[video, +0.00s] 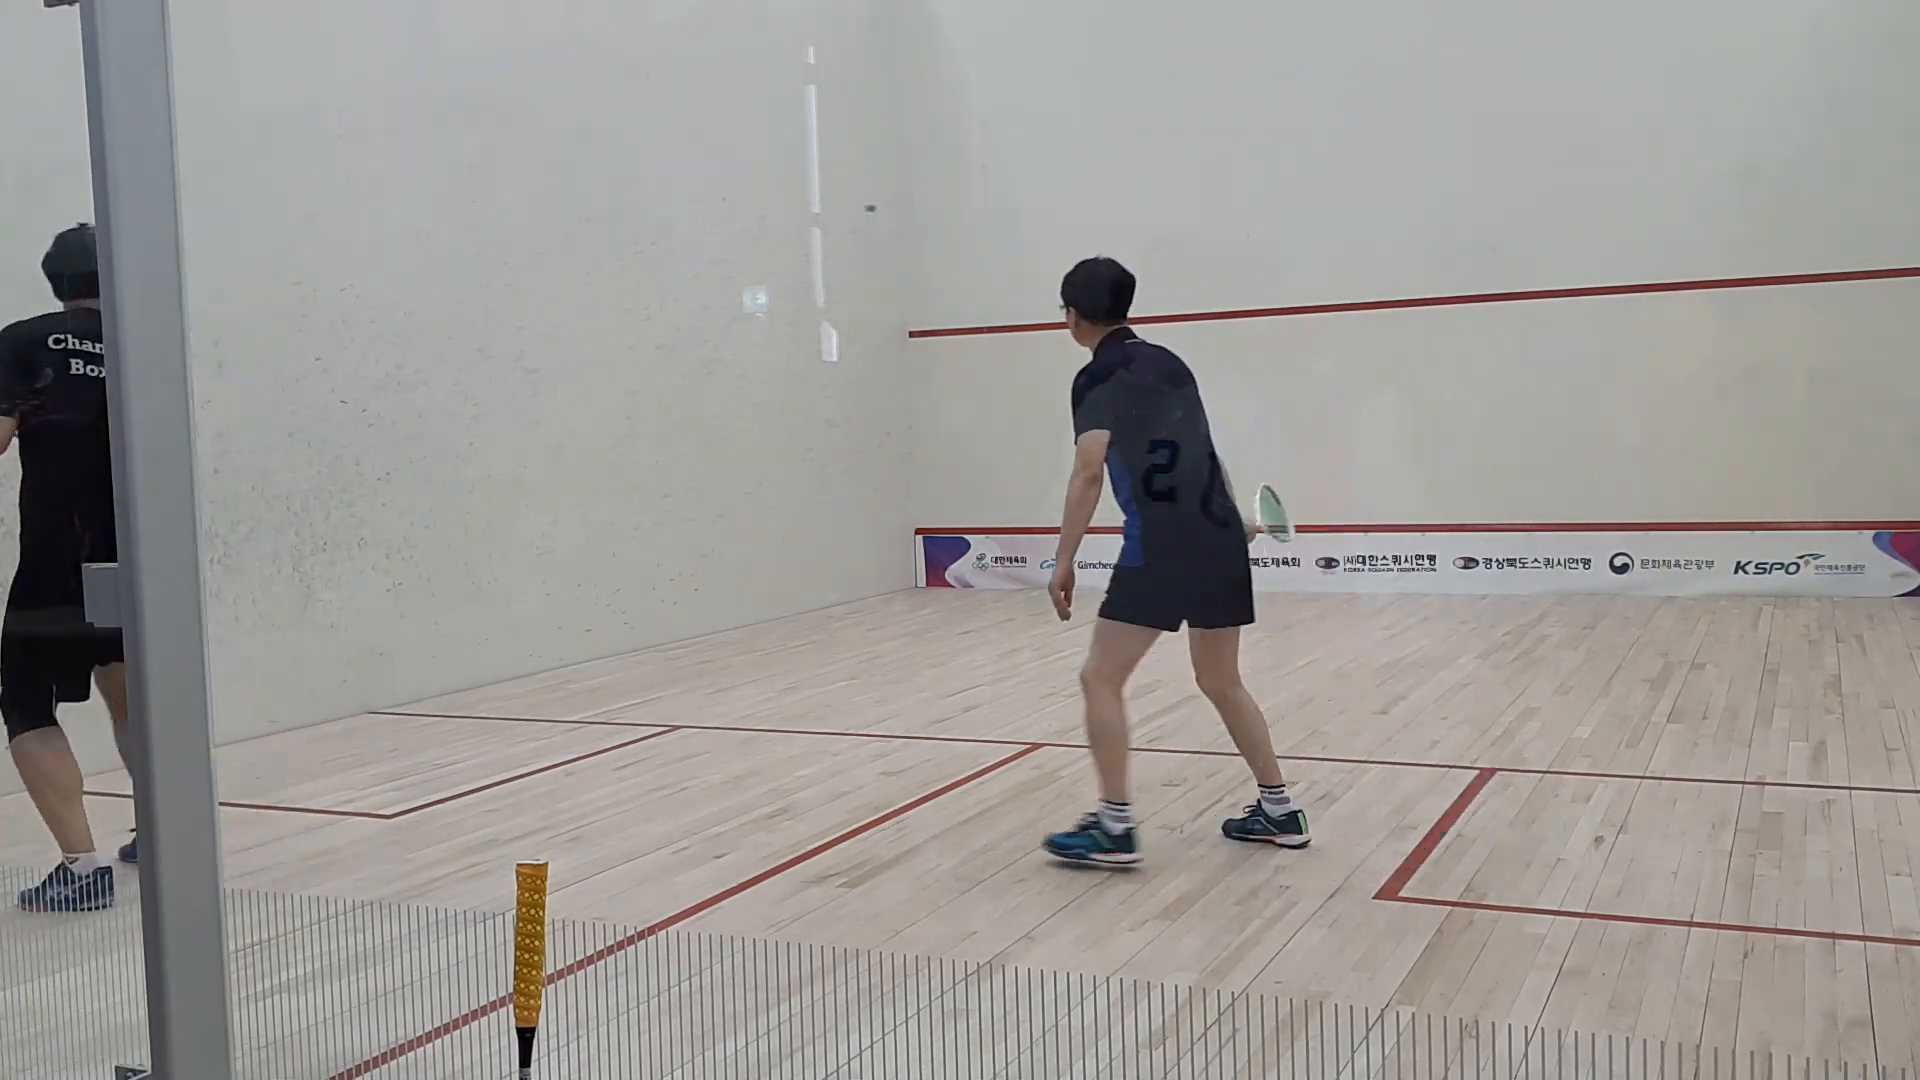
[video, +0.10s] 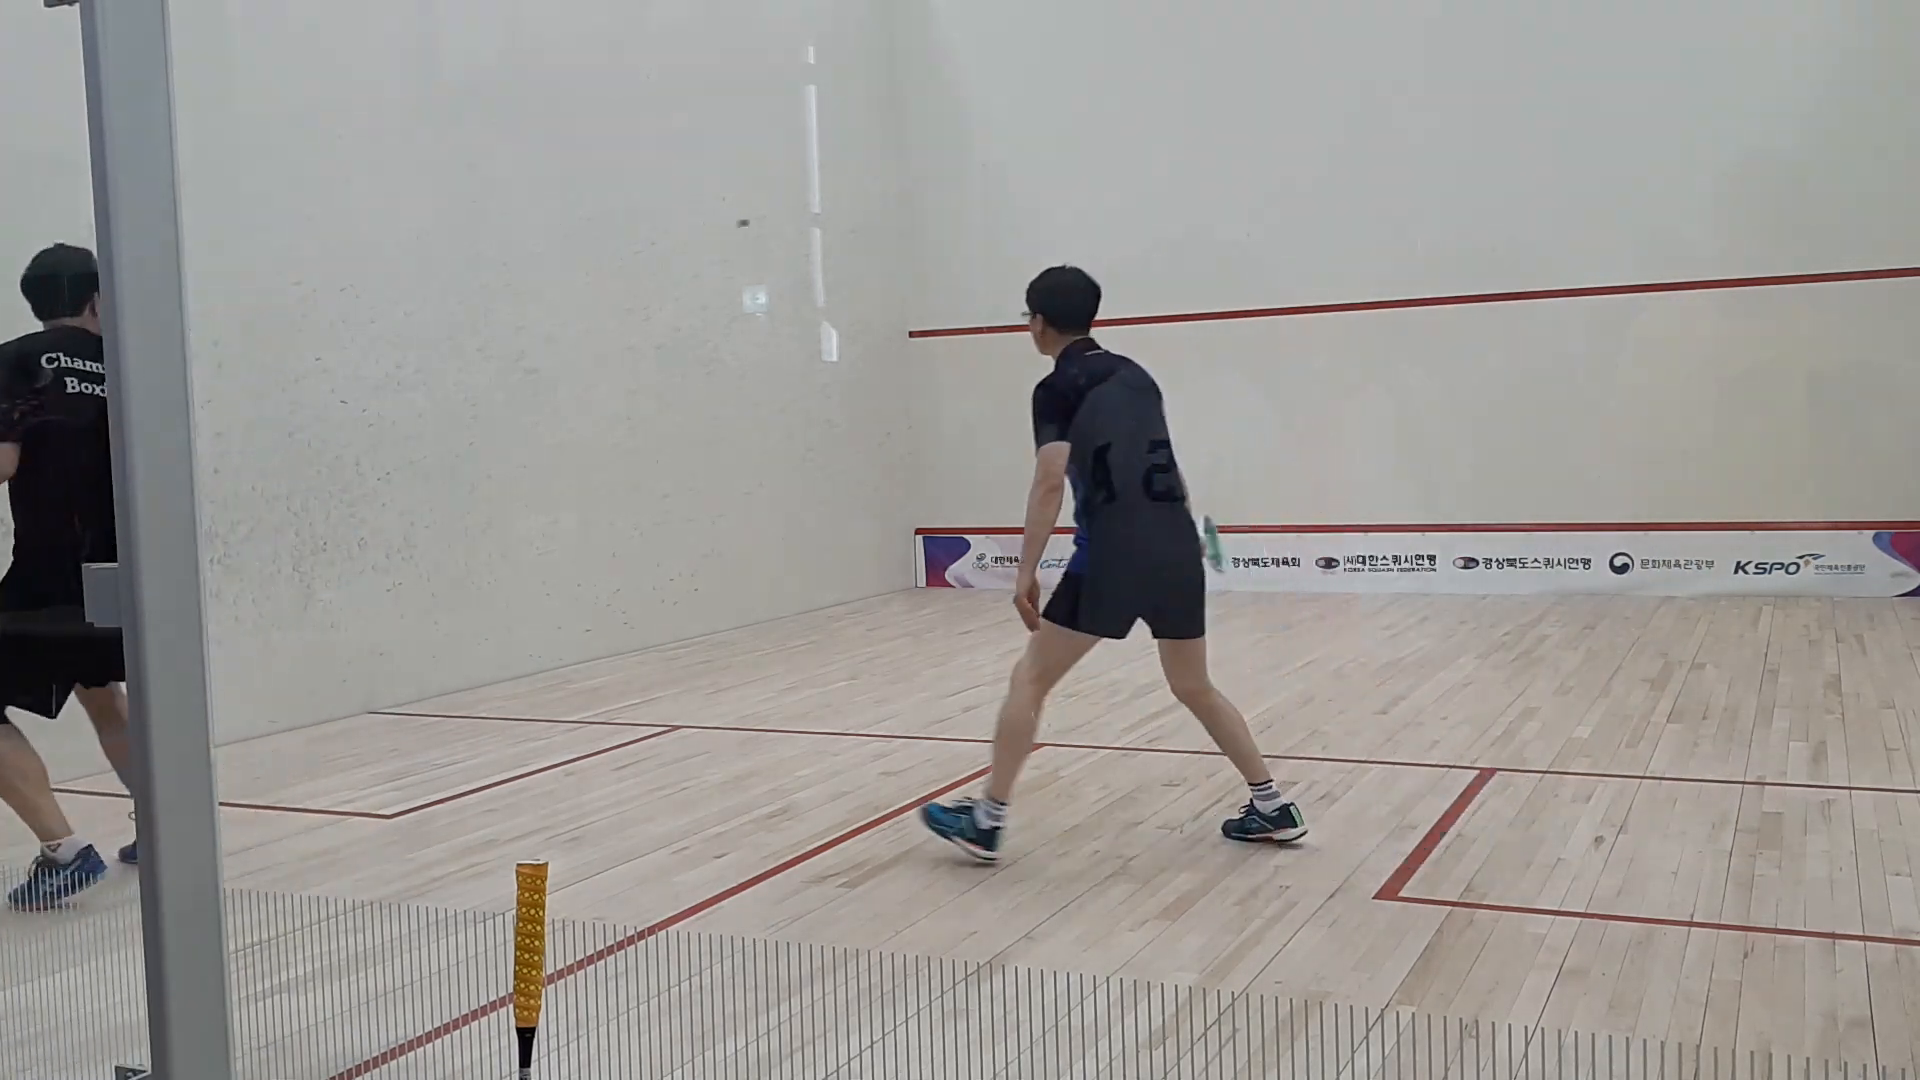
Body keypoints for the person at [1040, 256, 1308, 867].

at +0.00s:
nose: (1064, 319)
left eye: (1065, 310)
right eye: (1068, 308)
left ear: (1074, 315)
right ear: (1124, 309)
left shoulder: (1099, 378)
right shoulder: (1171, 364)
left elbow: (1090, 472)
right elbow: (1198, 458)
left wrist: (1064, 560)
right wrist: (1235, 523)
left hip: (1158, 556)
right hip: (1223, 548)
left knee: (1101, 677)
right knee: (1220, 678)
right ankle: (1278, 804)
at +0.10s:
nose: (1028, 325)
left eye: (1030, 316)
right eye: (1030, 314)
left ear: (1042, 323)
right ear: (1089, 319)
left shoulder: (1055, 387)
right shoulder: (1138, 376)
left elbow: (1051, 481)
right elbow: (1160, 473)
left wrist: (1028, 569)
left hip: (1110, 562)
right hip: (1178, 556)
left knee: (1031, 677)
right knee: (1194, 684)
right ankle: (1271, 801)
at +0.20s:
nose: (981, 336)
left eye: (981, 326)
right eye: (982, 326)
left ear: (992, 331)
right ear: (1041, 329)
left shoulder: (999, 402)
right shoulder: (1089, 390)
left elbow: (994, 496)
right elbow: (1129, 487)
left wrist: (972, 584)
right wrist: (1135, 558)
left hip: (1047, 572)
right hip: (1117, 561)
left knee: (965, 693)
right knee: (1169, 688)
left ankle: (900, 817)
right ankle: (1258, 794)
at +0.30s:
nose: (923, 346)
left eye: (925, 337)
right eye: (926, 336)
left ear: (936, 343)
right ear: (985, 339)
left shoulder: (932, 416)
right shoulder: (1033, 401)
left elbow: (927, 511)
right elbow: (1075, 496)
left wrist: (910, 597)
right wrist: (1093, 565)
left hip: (983, 590)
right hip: (1058, 578)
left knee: (891, 688)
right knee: (1131, 694)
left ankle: (872, 826)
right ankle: (1222, 797)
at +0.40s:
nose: (874, 349)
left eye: (876, 340)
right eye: (874, 339)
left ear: (890, 345)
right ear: (938, 343)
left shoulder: (880, 421)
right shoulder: (985, 404)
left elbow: (873, 518)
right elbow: (1027, 499)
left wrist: (856, 606)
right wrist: (1047, 571)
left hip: (936, 588)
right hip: (1011, 580)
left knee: (856, 688)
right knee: (1083, 699)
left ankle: (870, 825)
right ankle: (1164, 806)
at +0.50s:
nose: (844, 329)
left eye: (846, 320)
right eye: (846, 320)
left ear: (860, 326)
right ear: (905, 323)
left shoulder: (850, 402)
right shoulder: (955, 384)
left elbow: (848, 498)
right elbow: (994, 482)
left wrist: (834, 586)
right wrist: (1000, 557)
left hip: (907, 574)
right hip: (982, 563)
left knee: (850, 689)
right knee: (1033, 696)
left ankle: (868, 824)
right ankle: (1087, 812)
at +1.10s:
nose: (702, 329)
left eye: (701, 321)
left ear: (702, 327)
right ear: (762, 325)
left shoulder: (676, 404)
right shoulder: (800, 391)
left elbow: (684, 495)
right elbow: (854, 474)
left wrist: (684, 585)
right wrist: (888, 552)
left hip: (731, 581)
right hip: (812, 571)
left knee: (690, 715)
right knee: (886, 695)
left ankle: (692, 847)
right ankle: (951, 820)